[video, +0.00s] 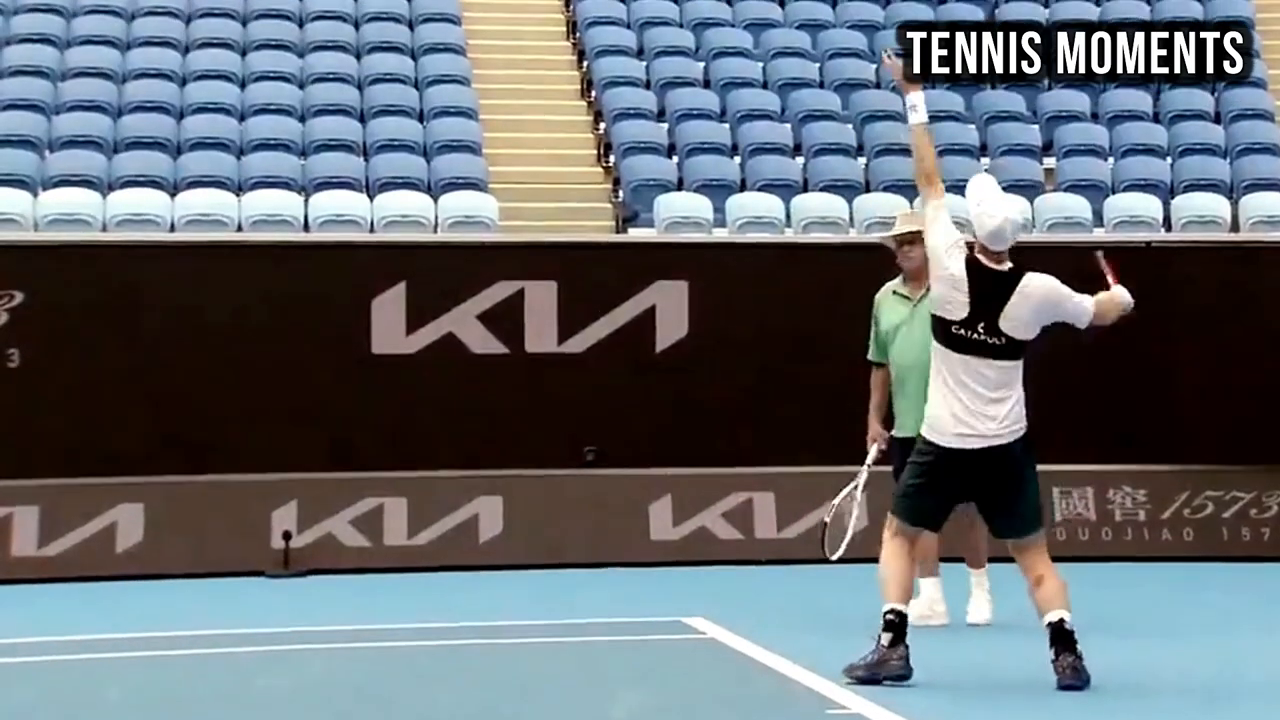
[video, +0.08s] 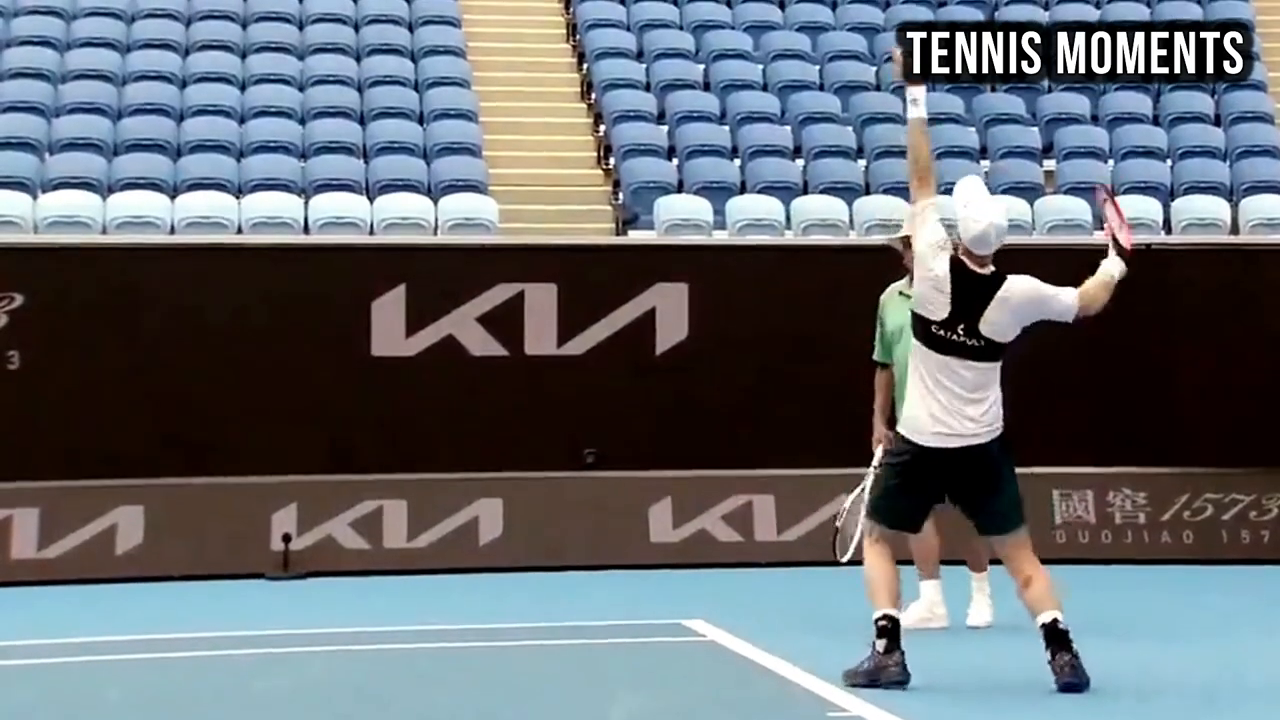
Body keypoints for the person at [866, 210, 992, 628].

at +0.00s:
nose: (906, 250)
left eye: (913, 242)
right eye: (900, 244)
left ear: (932, 246)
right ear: (893, 250)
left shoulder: (955, 292)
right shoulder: (885, 299)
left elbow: (976, 353)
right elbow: (880, 366)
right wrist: (875, 421)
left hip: (957, 426)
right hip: (908, 428)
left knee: (968, 510)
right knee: (918, 516)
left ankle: (980, 589)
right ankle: (930, 593)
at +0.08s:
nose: (915, 253)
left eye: (922, 245)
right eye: (909, 245)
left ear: (944, 249)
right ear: (901, 251)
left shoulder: (961, 294)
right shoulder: (892, 298)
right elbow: (884, 366)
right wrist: (880, 420)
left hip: (962, 421)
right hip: (912, 422)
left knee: (970, 509)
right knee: (918, 511)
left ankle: (981, 594)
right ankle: (930, 598)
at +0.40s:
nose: (946, 250)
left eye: (955, 243)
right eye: (943, 242)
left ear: (973, 250)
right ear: (934, 249)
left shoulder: (994, 291)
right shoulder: (921, 290)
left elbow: (1013, 359)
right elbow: (905, 358)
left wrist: (1007, 416)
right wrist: (900, 415)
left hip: (981, 426)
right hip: (928, 423)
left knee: (984, 510)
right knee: (932, 508)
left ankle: (983, 594)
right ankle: (931, 599)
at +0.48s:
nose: (947, 248)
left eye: (956, 242)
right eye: (943, 241)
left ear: (976, 248)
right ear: (937, 248)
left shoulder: (999, 291)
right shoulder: (925, 293)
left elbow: (1018, 357)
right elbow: (910, 358)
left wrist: (1014, 414)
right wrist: (908, 408)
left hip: (985, 423)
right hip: (933, 421)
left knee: (986, 509)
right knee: (934, 506)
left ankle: (982, 595)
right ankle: (932, 596)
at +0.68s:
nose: (955, 250)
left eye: (963, 243)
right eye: (951, 243)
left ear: (985, 246)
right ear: (946, 246)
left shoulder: (1010, 293)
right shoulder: (932, 288)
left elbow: (1029, 360)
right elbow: (919, 353)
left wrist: (1027, 419)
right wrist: (913, 407)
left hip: (991, 422)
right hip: (939, 420)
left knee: (988, 507)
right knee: (933, 506)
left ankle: (984, 594)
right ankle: (928, 594)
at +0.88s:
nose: (955, 244)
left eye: (963, 238)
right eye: (952, 238)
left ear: (985, 245)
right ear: (950, 245)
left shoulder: (1013, 293)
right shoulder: (935, 288)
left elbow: (1032, 360)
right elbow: (921, 352)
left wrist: (1031, 417)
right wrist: (913, 405)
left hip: (992, 422)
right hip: (939, 418)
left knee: (987, 506)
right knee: (932, 505)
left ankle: (983, 596)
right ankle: (935, 594)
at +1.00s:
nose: (952, 243)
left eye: (961, 237)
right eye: (950, 237)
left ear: (983, 244)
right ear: (948, 245)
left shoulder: (1011, 293)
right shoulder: (932, 289)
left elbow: (1030, 359)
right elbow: (918, 354)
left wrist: (1029, 417)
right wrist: (910, 406)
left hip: (990, 422)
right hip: (937, 419)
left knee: (987, 506)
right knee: (929, 503)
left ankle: (982, 591)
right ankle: (936, 588)